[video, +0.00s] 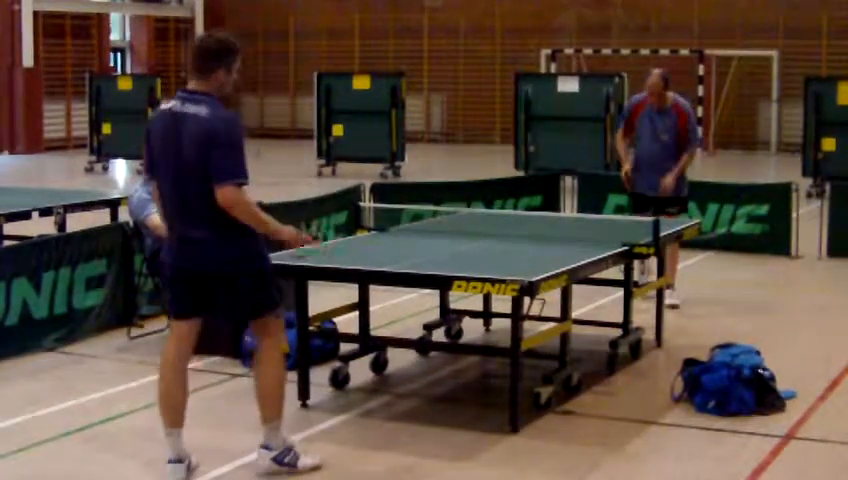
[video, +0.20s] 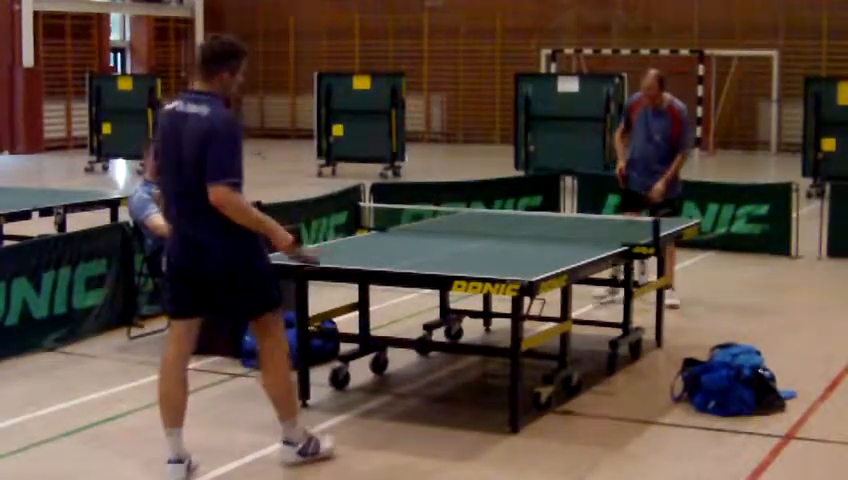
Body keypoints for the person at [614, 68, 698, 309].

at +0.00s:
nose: (652, 98)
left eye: (655, 93)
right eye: (649, 93)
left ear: (666, 91)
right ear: (645, 90)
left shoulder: (682, 110)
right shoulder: (636, 105)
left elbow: (691, 146)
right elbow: (621, 134)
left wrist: (674, 174)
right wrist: (626, 161)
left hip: (670, 183)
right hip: (641, 181)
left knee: (670, 235)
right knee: (640, 231)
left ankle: (669, 285)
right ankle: (641, 269)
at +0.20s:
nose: (648, 99)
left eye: (652, 94)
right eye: (645, 94)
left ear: (662, 91)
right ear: (641, 90)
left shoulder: (677, 111)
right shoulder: (634, 104)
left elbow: (683, 151)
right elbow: (621, 133)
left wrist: (663, 181)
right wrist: (621, 159)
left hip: (663, 181)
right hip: (634, 178)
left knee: (666, 235)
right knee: (626, 229)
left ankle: (668, 286)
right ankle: (617, 283)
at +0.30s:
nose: (641, 101)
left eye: (645, 96)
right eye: (638, 96)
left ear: (655, 93)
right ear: (634, 92)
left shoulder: (670, 112)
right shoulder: (626, 106)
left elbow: (675, 154)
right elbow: (614, 132)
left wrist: (653, 184)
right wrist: (614, 159)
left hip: (657, 185)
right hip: (626, 183)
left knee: (665, 239)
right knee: (613, 234)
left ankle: (667, 288)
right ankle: (598, 288)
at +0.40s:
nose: (634, 102)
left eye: (638, 98)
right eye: (632, 97)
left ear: (649, 96)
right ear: (629, 93)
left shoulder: (662, 116)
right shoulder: (620, 108)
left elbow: (664, 158)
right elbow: (602, 137)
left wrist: (642, 186)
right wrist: (605, 161)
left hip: (649, 185)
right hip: (618, 183)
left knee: (660, 239)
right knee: (607, 235)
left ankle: (666, 288)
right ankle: (595, 289)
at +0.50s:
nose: (627, 103)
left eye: (631, 99)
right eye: (624, 98)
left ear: (642, 97)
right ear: (620, 94)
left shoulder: (653, 118)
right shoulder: (610, 110)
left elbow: (653, 160)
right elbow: (591, 138)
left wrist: (630, 188)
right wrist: (596, 165)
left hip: (639, 186)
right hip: (609, 184)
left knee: (655, 237)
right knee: (601, 237)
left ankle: (665, 287)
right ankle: (594, 290)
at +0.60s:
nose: (619, 104)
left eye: (623, 100)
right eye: (616, 99)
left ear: (635, 98)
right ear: (612, 95)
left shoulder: (646, 120)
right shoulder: (602, 112)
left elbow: (645, 162)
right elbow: (582, 139)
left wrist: (620, 189)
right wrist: (588, 168)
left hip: (634, 187)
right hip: (602, 186)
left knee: (655, 236)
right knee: (596, 239)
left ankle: (665, 287)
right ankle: (594, 291)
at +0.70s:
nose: (616, 104)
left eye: (621, 99)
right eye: (614, 98)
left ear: (632, 98)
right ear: (609, 96)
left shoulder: (643, 121)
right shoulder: (600, 112)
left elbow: (641, 163)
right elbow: (577, 142)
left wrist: (616, 189)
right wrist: (583, 171)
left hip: (629, 187)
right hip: (597, 187)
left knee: (650, 236)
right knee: (593, 240)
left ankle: (666, 288)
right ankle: (594, 291)